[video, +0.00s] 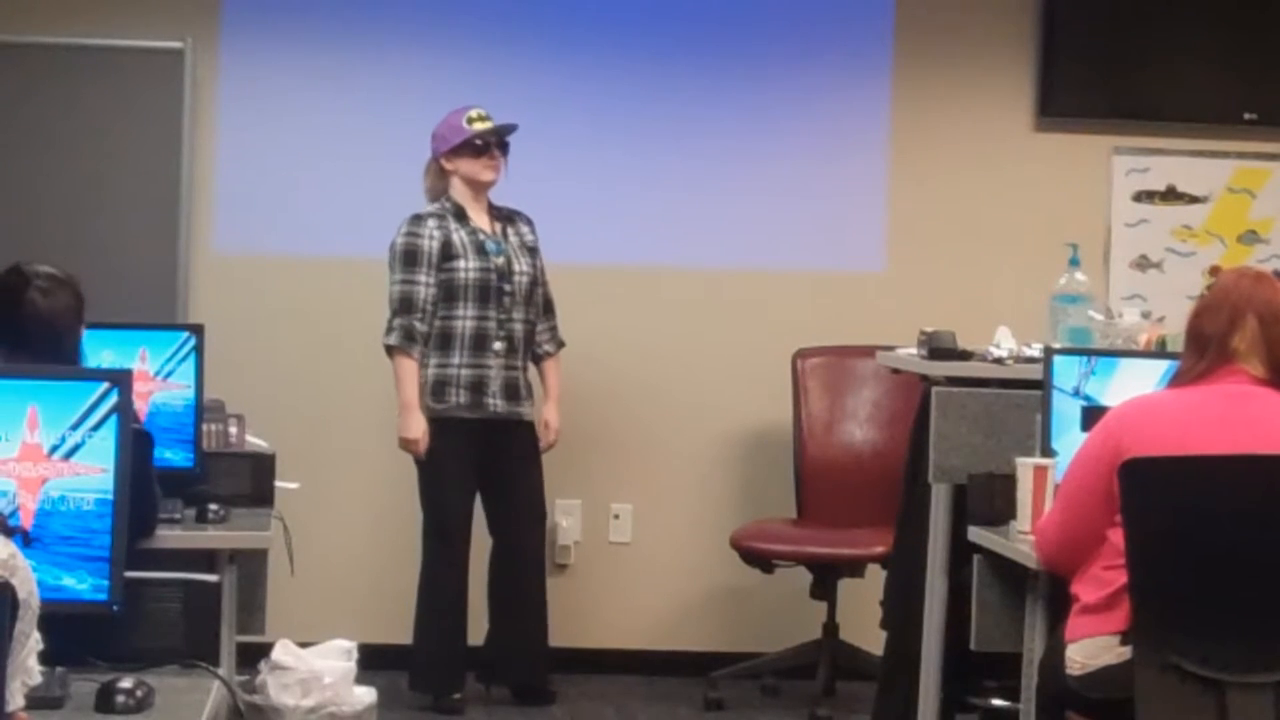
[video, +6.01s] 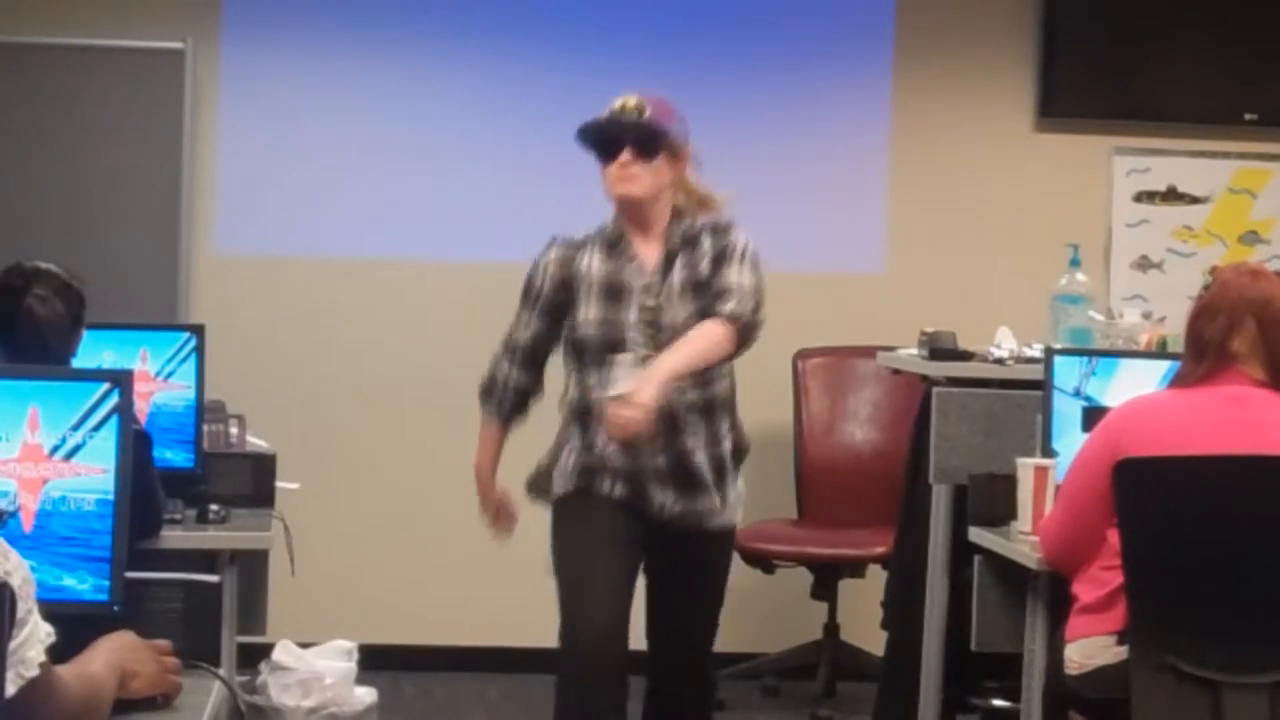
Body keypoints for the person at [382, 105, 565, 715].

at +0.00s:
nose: (493, 157)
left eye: (497, 148)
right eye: (478, 149)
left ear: (501, 159)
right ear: (447, 160)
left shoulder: (518, 230)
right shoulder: (422, 229)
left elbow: (542, 320)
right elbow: (404, 329)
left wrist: (551, 397)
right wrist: (410, 409)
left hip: (513, 417)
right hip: (447, 418)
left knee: (522, 547)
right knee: (447, 552)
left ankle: (519, 673)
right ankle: (439, 681)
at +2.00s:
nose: (478, 155)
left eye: (492, 147)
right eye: (477, 147)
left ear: (530, 156)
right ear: (484, 158)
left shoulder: (573, 233)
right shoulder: (455, 229)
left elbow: (597, 331)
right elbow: (428, 322)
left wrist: (594, 414)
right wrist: (415, 404)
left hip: (547, 415)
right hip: (467, 411)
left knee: (542, 549)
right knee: (463, 541)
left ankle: (532, 694)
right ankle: (468, 669)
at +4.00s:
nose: (583, 151)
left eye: (598, 140)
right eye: (568, 141)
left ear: (621, 156)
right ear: (551, 157)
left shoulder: (650, 238)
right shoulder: (517, 232)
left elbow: (692, 335)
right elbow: (462, 325)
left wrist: (705, 425)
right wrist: (432, 416)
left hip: (608, 445)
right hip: (517, 441)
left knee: (597, 597)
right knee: (514, 593)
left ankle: (591, 714)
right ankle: (514, 716)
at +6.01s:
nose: (625, 160)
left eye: (644, 148)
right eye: (612, 149)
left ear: (678, 163)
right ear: (600, 165)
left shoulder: (719, 244)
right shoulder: (568, 260)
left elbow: (731, 322)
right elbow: (516, 366)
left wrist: (653, 379)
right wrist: (486, 475)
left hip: (693, 489)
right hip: (595, 485)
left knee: (683, 670)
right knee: (590, 658)